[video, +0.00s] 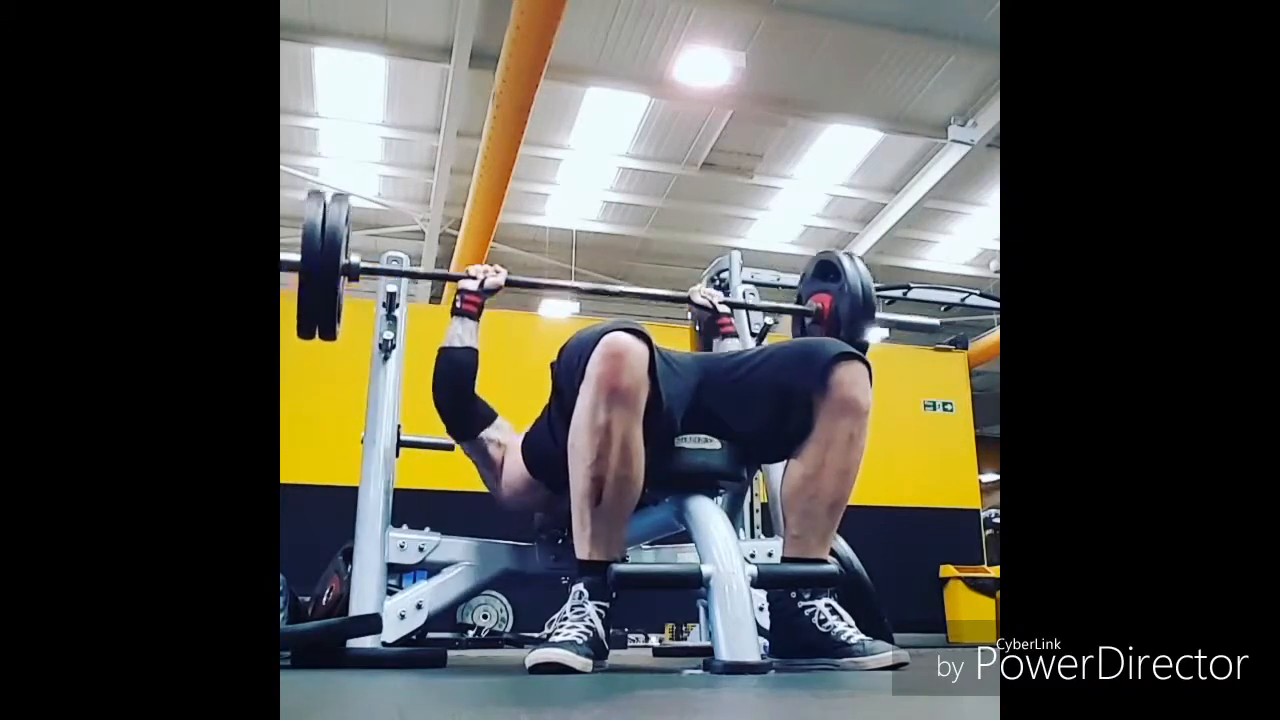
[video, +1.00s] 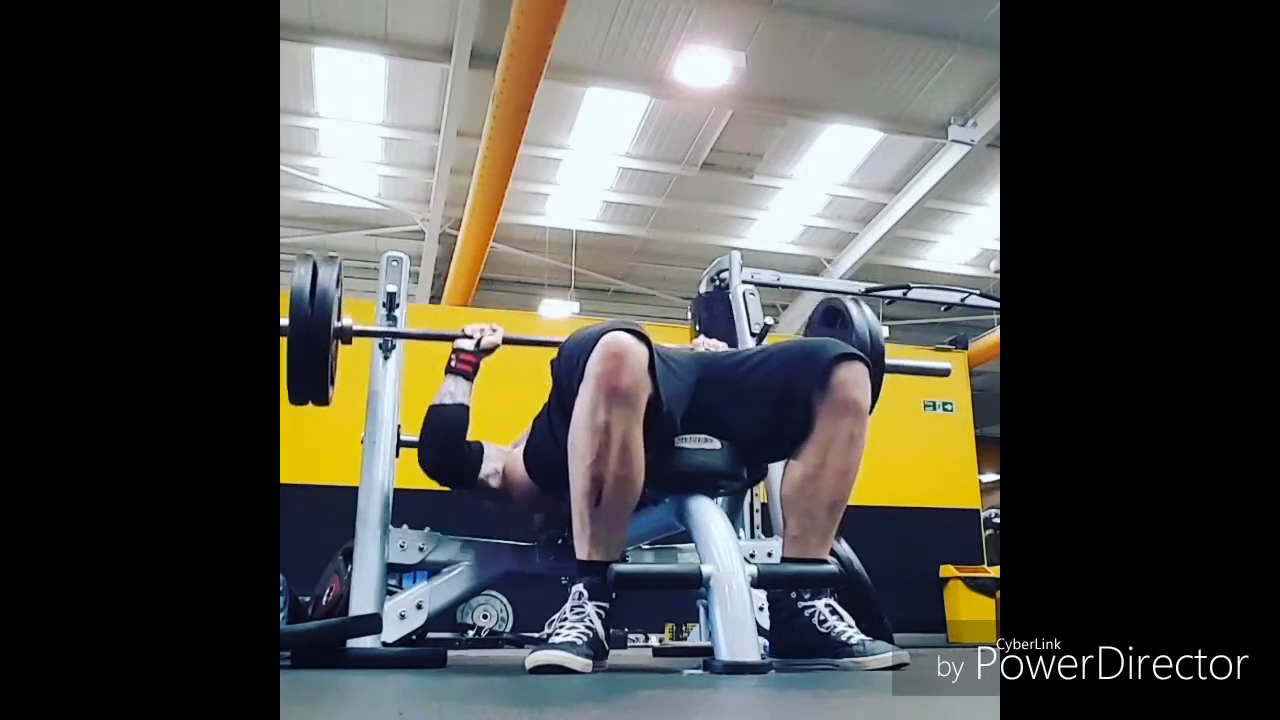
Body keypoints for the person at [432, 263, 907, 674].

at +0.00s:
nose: (499, 450)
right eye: (498, 456)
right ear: (506, 474)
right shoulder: (517, 469)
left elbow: (735, 402)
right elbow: (454, 397)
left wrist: (720, 336)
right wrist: (469, 303)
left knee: (844, 375)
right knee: (618, 352)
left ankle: (800, 609)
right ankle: (584, 608)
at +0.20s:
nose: (497, 432)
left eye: (500, 430)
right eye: (491, 436)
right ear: (499, 456)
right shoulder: (521, 464)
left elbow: (718, 369)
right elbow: (474, 367)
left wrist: (711, 297)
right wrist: (470, 272)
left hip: (687, 381)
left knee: (841, 371)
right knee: (616, 350)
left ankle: (798, 605)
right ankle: (586, 606)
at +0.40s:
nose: (496, 441)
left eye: (500, 442)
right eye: (491, 449)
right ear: (495, 466)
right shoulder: (516, 468)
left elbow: (736, 399)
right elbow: (450, 399)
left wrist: (722, 332)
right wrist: (467, 303)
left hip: (695, 389)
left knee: (845, 376)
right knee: (617, 353)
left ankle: (800, 606)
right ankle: (584, 606)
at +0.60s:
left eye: (479, 473)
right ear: (488, 494)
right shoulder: (521, 479)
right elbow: (439, 472)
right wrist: (464, 381)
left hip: (704, 375)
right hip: (629, 361)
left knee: (849, 376)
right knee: (617, 355)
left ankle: (800, 607)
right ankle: (587, 604)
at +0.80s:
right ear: (505, 508)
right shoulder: (525, 489)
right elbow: (451, 505)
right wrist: (465, 414)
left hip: (703, 374)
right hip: (628, 361)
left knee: (851, 376)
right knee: (623, 357)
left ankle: (801, 606)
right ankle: (588, 605)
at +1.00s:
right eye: (489, 476)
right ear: (499, 481)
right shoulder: (518, 472)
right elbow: (441, 452)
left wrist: (728, 356)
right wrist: (464, 361)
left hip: (701, 375)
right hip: (623, 358)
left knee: (845, 374)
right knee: (617, 355)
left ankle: (801, 607)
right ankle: (587, 604)